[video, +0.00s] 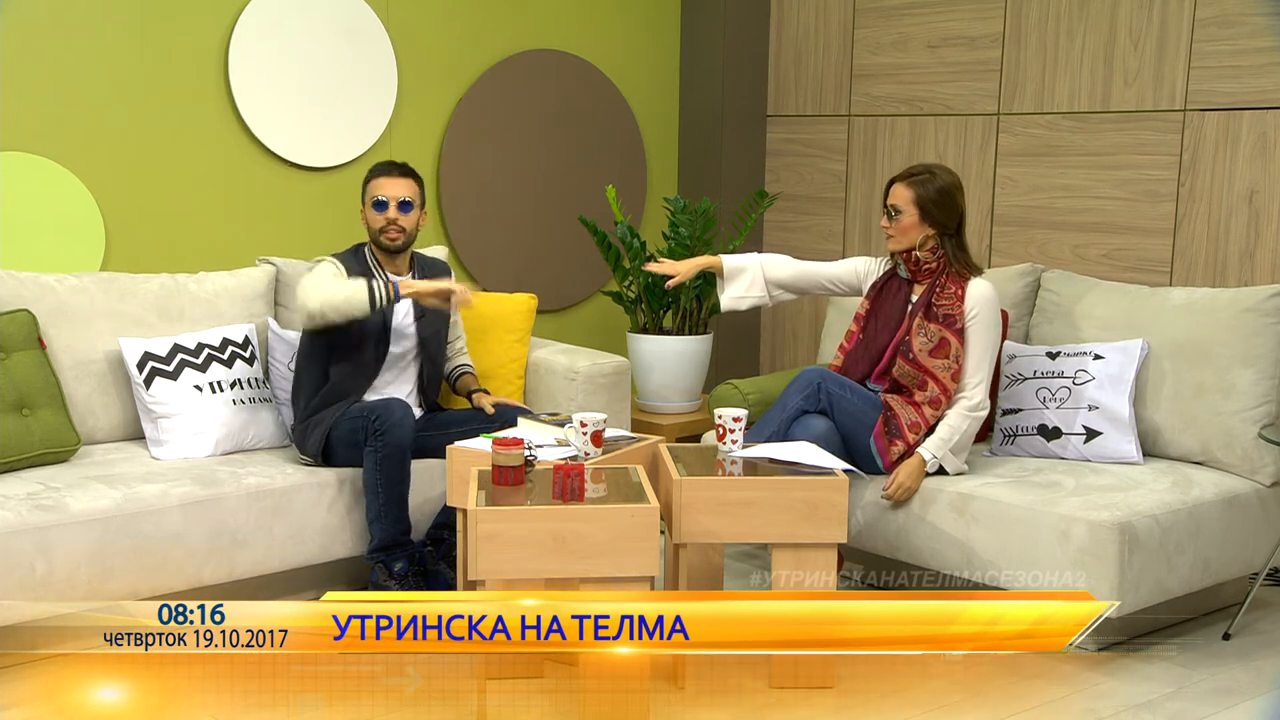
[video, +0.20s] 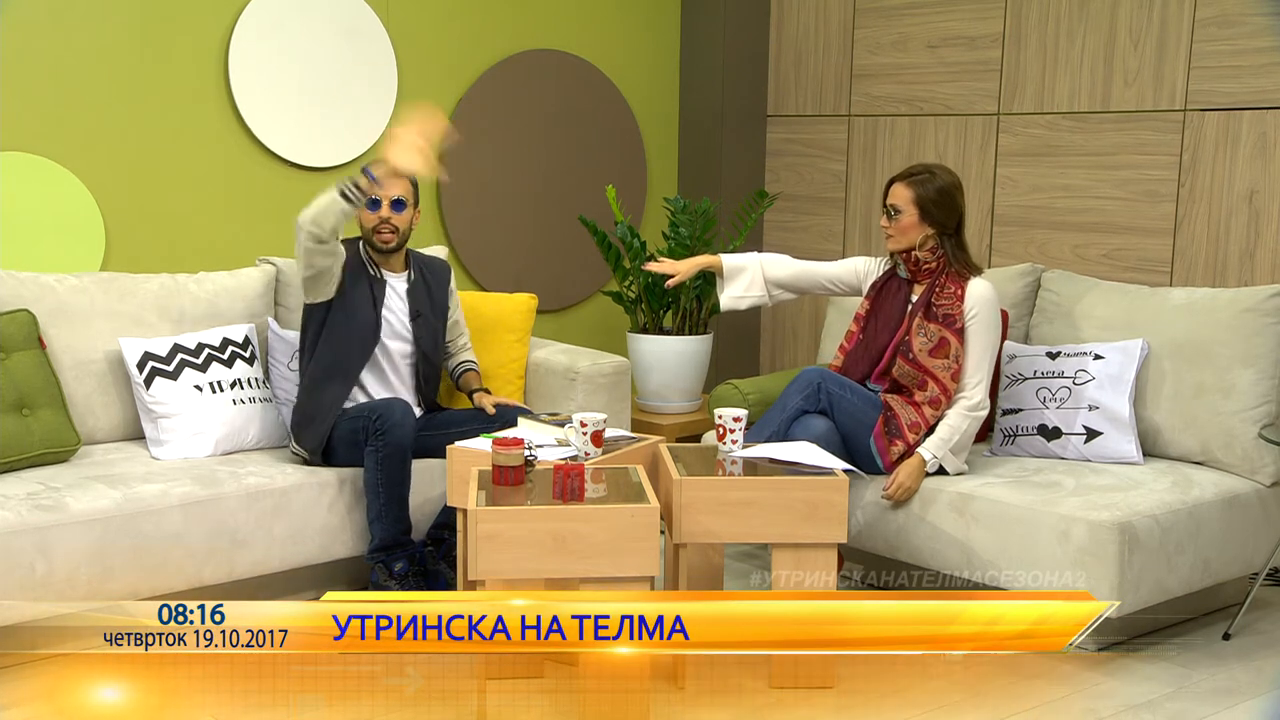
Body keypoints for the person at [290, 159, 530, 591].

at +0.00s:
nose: (392, 216)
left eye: (405, 206)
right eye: (380, 205)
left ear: (421, 219)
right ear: (363, 215)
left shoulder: (436, 273)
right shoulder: (339, 269)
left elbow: (454, 355)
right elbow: (309, 302)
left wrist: (476, 393)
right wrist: (408, 289)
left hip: (415, 421)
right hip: (334, 424)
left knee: (513, 422)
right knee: (394, 413)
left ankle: (439, 550)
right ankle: (392, 562)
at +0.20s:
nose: (385, 216)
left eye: (398, 205)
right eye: (373, 204)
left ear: (415, 216)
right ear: (359, 213)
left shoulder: (436, 274)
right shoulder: (332, 268)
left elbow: (455, 347)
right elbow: (314, 226)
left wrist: (477, 389)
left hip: (414, 419)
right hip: (335, 425)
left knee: (515, 420)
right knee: (395, 413)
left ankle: (441, 548)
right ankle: (391, 562)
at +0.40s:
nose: (388, 215)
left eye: (400, 205)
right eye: (375, 204)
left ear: (417, 215)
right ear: (358, 212)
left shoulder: (437, 274)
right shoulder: (332, 264)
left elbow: (460, 346)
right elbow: (304, 211)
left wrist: (493, 388)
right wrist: (272, 130)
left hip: (415, 421)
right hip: (336, 425)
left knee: (515, 421)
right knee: (393, 414)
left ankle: (442, 550)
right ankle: (392, 564)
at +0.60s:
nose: (390, 218)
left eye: (401, 208)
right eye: (377, 207)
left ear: (414, 215)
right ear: (355, 214)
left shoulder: (437, 275)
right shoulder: (324, 263)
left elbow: (492, 328)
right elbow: (286, 219)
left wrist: (567, 348)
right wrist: (249, 150)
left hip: (415, 420)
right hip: (335, 426)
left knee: (513, 423)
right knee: (391, 414)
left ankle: (442, 554)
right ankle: (392, 564)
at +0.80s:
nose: (392, 223)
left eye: (400, 211)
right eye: (378, 213)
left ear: (412, 214)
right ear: (352, 220)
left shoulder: (436, 273)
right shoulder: (321, 265)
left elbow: (509, 314)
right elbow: (280, 228)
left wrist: (608, 318)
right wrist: (237, 161)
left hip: (413, 420)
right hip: (331, 425)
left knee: (521, 422)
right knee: (386, 414)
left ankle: (438, 552)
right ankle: (390, 559)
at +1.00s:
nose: (393, 222)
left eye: (400, 210)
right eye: (378, 212)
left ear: (412, 213)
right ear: (351, 219)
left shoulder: (438, 272)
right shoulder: (323, 266)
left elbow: (515, 306)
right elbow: (277, 235)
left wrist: (617, 301)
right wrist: (231, 172)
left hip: (416, 421)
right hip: (333, 426)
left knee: (522, 425)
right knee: (390, 415)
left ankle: (440, 551)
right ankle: (391, 566)